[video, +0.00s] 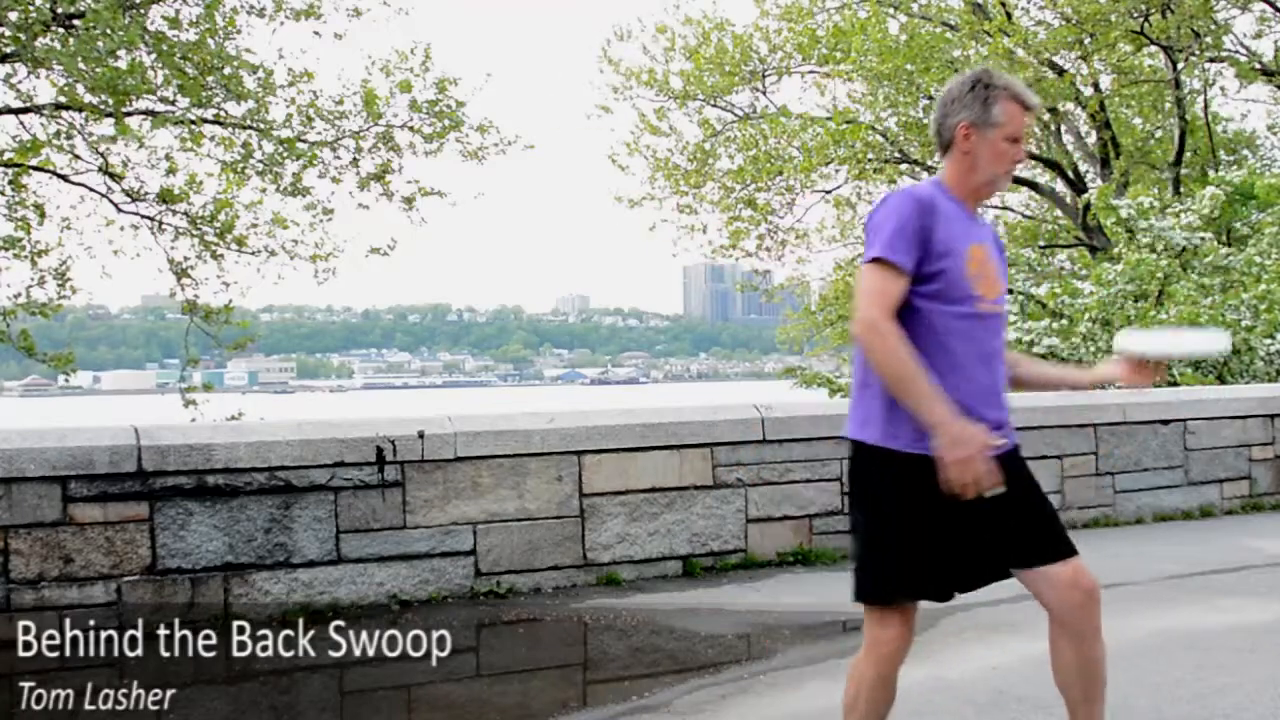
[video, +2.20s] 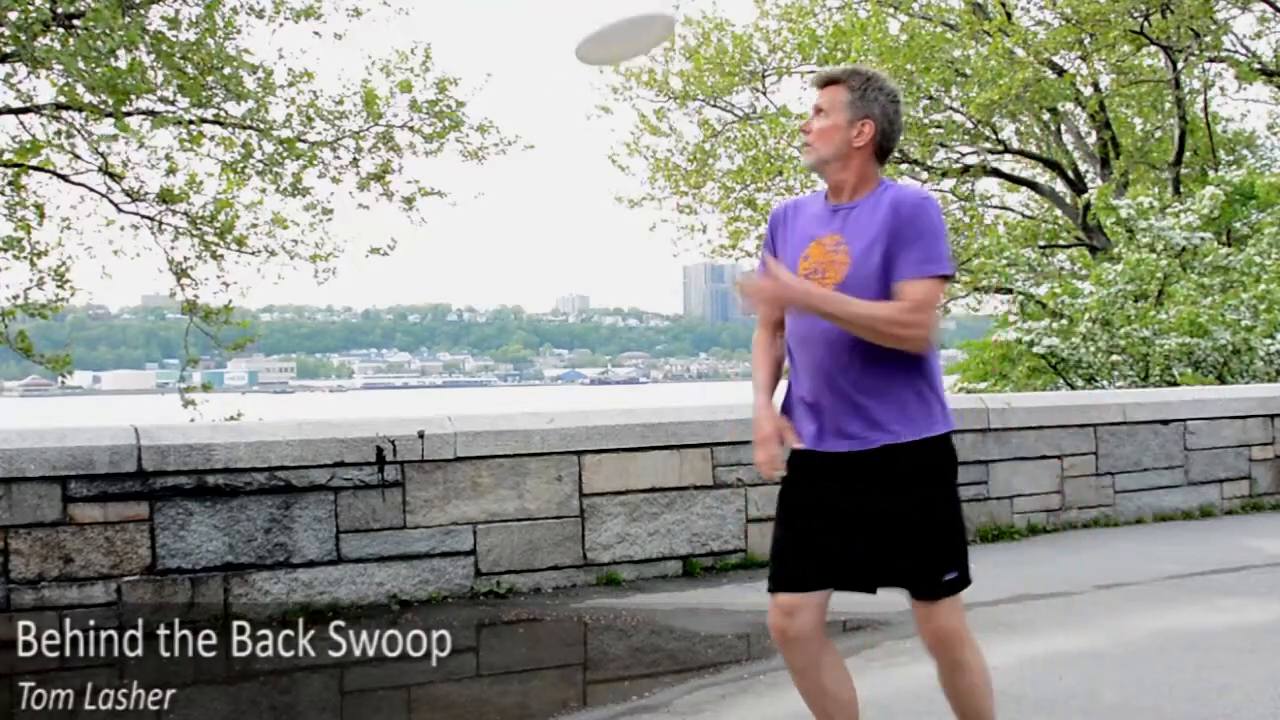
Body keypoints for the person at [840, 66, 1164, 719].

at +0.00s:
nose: (1022, 156)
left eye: (1025, 142)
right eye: (1012, 139)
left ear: (986, 144)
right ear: (966, 136)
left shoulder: (986, 237)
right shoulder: (909, 207)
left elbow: (990, 361)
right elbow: (870, 323)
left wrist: (1098, 375)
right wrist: (949, 425)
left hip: (985, 452)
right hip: (896, 456)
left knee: (1074, 595)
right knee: (887, 637)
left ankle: (1089, 719)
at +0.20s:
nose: (1002, 173)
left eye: (1005, 159)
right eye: (993, 157)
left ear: (958, 155)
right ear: (946, 152)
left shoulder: (967, 254)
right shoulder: (882, 219)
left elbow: (973, 377)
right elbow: (827, 329)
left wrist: (1072, 430)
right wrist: (864, 444)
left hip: (953, 445)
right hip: (868, 453)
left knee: (1059, 560)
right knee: (877, 639)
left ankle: (1062, 717)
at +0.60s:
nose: (978, 210)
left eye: (985, 197)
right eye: (971, 193)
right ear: (924, 175)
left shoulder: (942, 276)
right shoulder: (852, 231)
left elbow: (945, 389)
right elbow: (786, 338)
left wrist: (994, 488)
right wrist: (756, 453)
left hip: (909, 440)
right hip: (828, 457)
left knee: (1039, 474)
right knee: (848, 643)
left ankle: (1103, 679)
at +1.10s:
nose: (883, 165)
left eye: (899, 153)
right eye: (872, 149)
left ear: (924, 161)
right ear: (854, 150)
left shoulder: (933, 250)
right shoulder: (806, 226)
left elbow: (908, 352)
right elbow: (760, 341)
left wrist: (923, 426)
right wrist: (764, 456)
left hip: (915, 434)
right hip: (828, 449)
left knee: (1044, 495)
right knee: (847, 637)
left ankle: (1082, 697)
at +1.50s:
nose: (836, 123)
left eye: (852, 112)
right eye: (834, 111)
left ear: (900, 129)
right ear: (834, 122)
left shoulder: (943, 217)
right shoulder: (800, 202)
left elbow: (920, 315)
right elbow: (783, 322)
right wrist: (836, 426)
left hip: (930, 428)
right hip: (835, 431)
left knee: (998, 589)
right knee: (846, 622)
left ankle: (1022, 715)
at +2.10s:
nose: (811, 122)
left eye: (827, 111)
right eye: (816, 110)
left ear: (870, 131)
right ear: (853, 131)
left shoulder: (925, 207)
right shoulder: (790, 215)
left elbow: (951, 326)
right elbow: (771, 325)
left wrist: (842, 318)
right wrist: (775, 407)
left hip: (916, 446)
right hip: (824, 449)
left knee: (950, 619)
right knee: (796, 621)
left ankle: (987, 719)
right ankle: (847, 719)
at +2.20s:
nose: (804, 126)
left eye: (819, 115)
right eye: (809, 114)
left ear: (862, 132)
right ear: (849, 133)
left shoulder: (911, 207)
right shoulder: (787, 221)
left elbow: (916, 327)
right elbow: (773, 320)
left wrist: (796, 294)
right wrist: (764, 404)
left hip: (908, 448)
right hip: (817, 450)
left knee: (942, 626)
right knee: (792, 621)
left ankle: (982, 719)